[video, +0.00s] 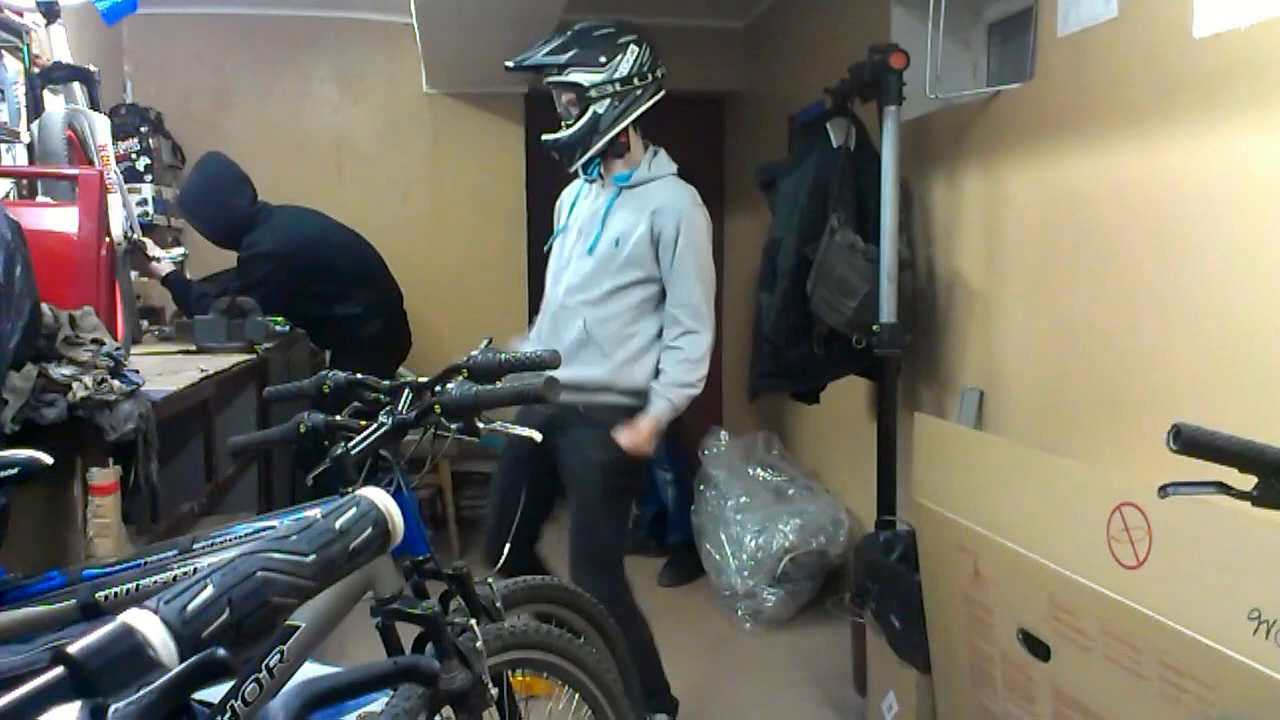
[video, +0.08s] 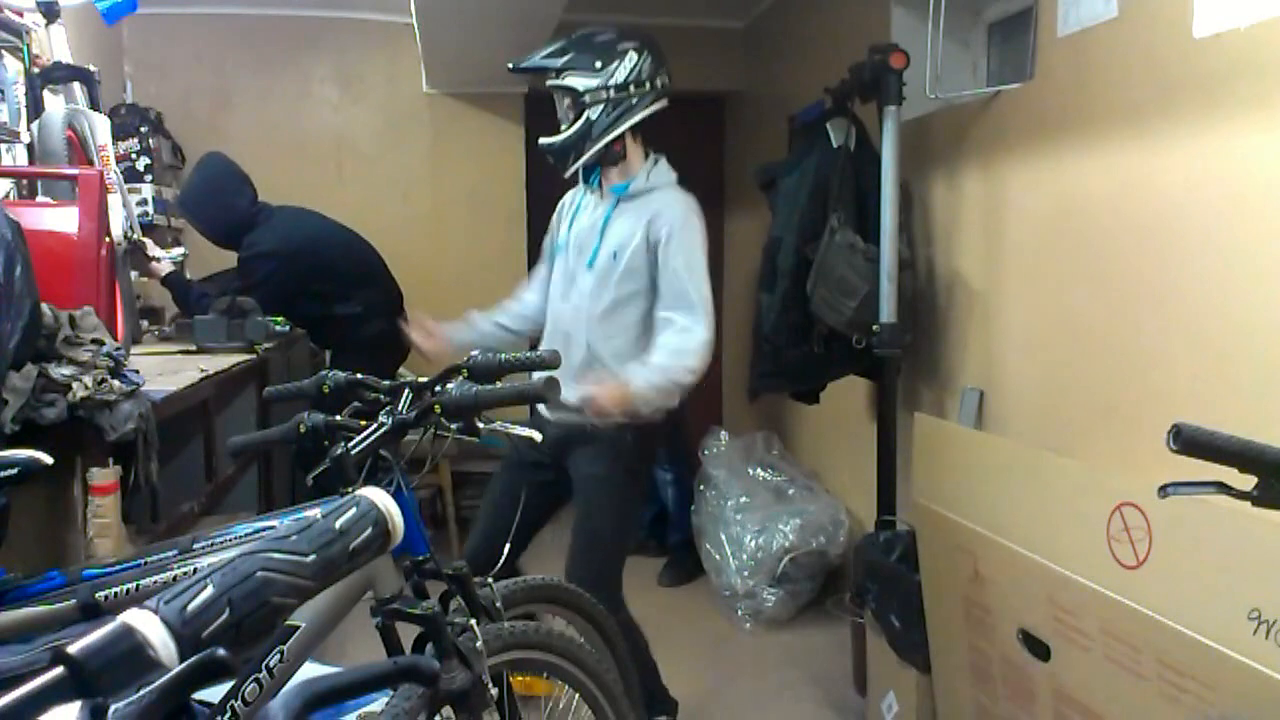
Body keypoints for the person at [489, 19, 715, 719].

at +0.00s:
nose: (559, 112)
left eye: (572, 97)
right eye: (558, 98)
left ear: (619, 105)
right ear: (604, 109)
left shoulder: (674, 204)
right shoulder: (576, 196)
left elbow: (692, 332)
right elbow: (558, 309)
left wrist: (656, 417)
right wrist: (517, 383)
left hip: (609, 417)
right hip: (544, 405)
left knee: (596, 581)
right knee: (502, 548)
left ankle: (653, 705)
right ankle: (561, 654)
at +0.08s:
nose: (558, 119)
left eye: (570, 102)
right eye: (557, 103)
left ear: (616, 107)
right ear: (610, 113)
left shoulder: (671, 211)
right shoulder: (574, 204)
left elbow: (690, 335)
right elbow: (533, 309)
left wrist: (633, 388)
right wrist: (454, 334)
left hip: (617, 427)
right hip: (548, 416)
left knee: (590, 591)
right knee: (482, 563)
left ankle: (652, 706)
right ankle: (471, 691)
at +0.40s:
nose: (536, 106)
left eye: (548, 92)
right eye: (537, 92)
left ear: (593, 97)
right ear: (578, 100)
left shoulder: (650, 206)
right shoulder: (559, 193)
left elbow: (662, 344)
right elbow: (529, 308)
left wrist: (602, 427)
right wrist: (479, 387)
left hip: (572, 423)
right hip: (506, 407)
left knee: (563, 586)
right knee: (434, 535)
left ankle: (638, 698)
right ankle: (460, 669)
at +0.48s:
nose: (518, 118)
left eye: (530, 101)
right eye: (519, 101)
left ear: (572, 105)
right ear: (570, 109)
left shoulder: (628, 211)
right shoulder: (543, 201)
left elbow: (629, 349)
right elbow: (508, 306)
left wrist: (528, 394)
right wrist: (426, 335)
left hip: (571, 434)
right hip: (502, 416)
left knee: (556, 598)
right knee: (417, 535)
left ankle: (642, 699)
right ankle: (453, 670)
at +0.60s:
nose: (491, 129)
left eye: (501, 113)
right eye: (493, 113)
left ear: (541, 120)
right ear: (538, 124)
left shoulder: (591, 216)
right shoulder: (513, 210)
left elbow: (561, 336)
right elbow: (458, 305)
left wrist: (459, 360)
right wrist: (387, 321)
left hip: (555, 437)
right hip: (490, 426)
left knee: (550, 601)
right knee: (407, 531)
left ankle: (643, 700)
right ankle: (443, 667)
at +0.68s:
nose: (470, 121)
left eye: (480, 104)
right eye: (471, 106)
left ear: (521, 108)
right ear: (521, 111)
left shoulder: (569, 207)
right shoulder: (512, 193)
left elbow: (557, 357)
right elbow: (473, 307)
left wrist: (477, 417)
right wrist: (418, 362)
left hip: (516, 420)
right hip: (467, 405)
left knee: (525, 574)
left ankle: (641, 692)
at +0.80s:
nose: (440, 108)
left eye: (448, 91)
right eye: (440, 92)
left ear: (487, 91)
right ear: (491, 93)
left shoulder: (534, 195)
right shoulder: (485, 188)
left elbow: (545, 338)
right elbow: (461, 307)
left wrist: (476, 421)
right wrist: (413, 394)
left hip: (464, 424)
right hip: (426, 413)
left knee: (480, 583)